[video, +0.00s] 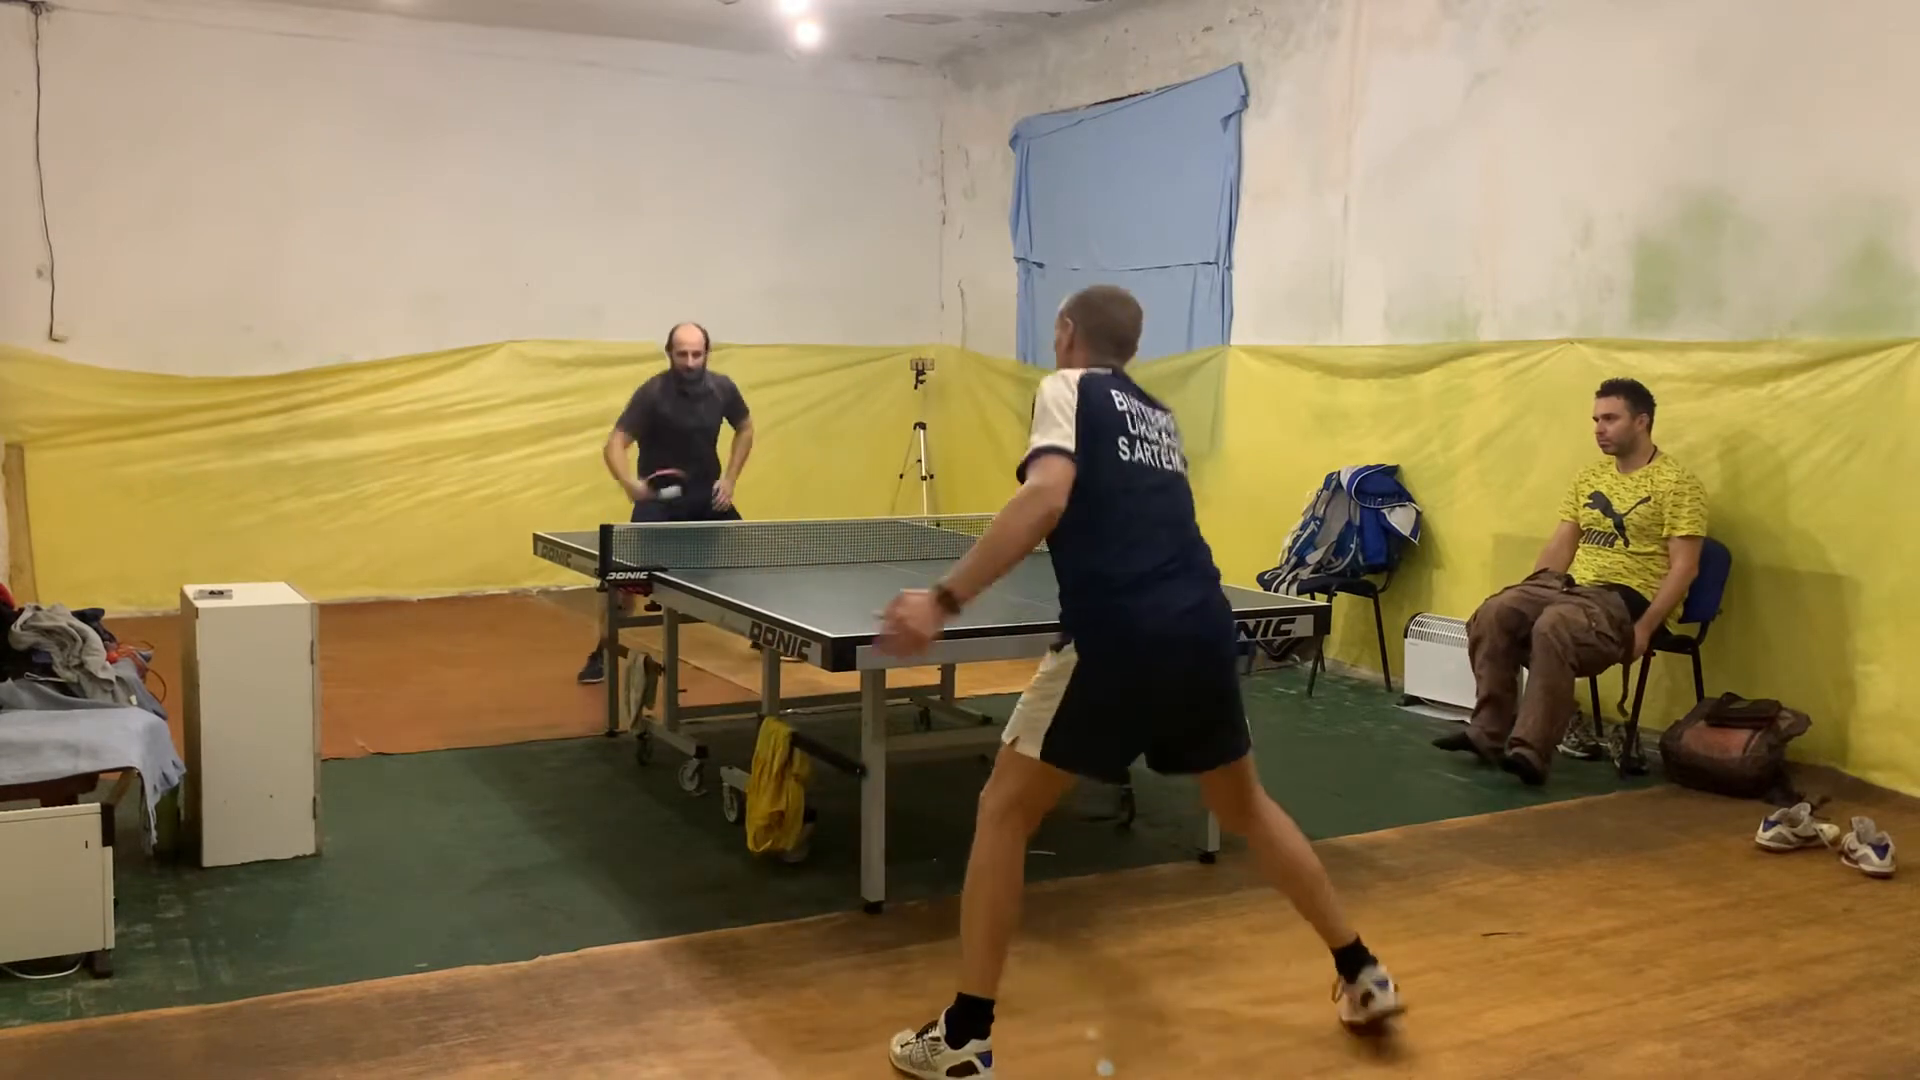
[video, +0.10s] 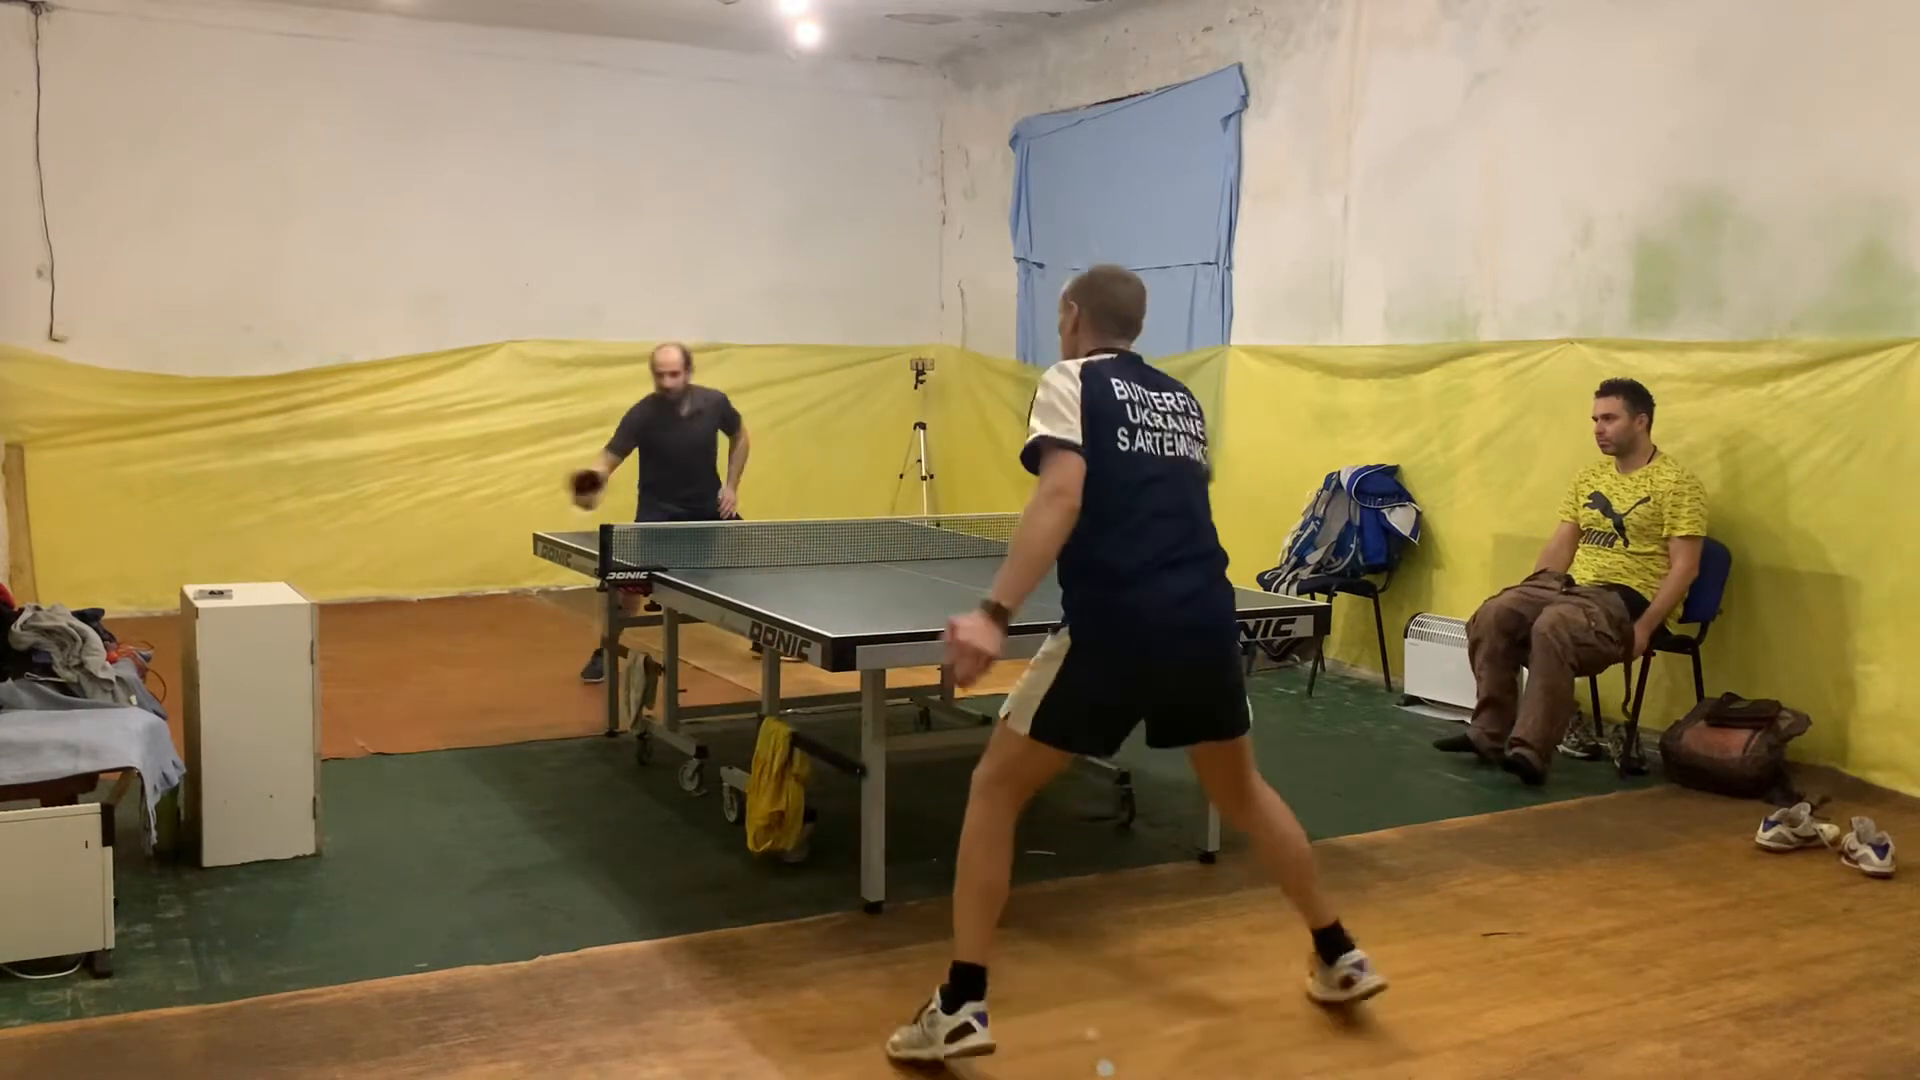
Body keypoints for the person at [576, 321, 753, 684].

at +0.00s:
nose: (690, 361)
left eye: (697, 354)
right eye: (682, 354)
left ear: (706, 354)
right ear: (669, 355)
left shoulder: (722, 389)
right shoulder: (652, 392)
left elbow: (746, 429)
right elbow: (614, 445)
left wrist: (730, 478)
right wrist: (630, 483)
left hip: (708, 497)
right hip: (658, 500)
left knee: (751, 559)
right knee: (624, 571)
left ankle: (768, 633)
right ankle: (604, 650)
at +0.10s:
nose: (667, 381)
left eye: (674, 374)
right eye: (661, 375)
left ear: (689, 372)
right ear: (652, 375)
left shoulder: (713, 403)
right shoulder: (643, 413)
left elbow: (739, 437)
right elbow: (612, 455)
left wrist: (731, 486)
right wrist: (593, 480)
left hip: (707, 511)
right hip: (657, 514)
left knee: (753, 562)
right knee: (629, 580)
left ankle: (764, 632)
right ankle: (606, 650)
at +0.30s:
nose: (596, 353)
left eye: (604, 345)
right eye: (588, 347)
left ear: (618, 346)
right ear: (580, 351)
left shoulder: (648, 373)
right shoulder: (581, 399)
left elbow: (708, 394)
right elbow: (591, 455)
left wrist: (735, 438)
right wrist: (638, 473)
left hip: (669, 478)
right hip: (621, 487)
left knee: (715, 545)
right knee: (607, 570)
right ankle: (607, 653)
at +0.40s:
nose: (588, 331)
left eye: (594, 324)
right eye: (580, 326)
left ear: (607, 324)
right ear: (569, 330)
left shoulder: (637, 355)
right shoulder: (566, 378)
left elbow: (693, 383)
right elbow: (578, 441)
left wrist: (715, 434)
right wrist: (621, 469)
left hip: (651, 462)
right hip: (602, 469)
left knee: (690, 532)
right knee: (583, 553)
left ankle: (710, 605)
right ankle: (586, 646)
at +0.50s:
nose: (577, 330)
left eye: (584, 322)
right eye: (569, 324)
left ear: (597, 323)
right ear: (558, 328)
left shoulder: (626, 358)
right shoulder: (551, 375)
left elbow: (677, 392)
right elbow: (545, 435)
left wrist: (697, 443)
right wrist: (573, 477)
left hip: (633, 467)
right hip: (584, 475)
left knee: (664, 547)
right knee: (569, 562)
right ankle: (566, 651)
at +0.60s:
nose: (571, 332)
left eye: (578, 324)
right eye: (563, 325)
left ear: (591, 326)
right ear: (553, 330)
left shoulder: (619, 364)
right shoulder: (543, 377)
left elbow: (663, 404)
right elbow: (520, 434)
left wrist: (677, 457)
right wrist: (518, 490)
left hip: (619, 482)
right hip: (571, 486)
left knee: (630, 564)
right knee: (567, 566)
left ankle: (599, 606)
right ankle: (568, 650)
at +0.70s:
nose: (572, 329)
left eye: (580, 322)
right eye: (565, 323)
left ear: (593, 324)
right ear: (554, 327)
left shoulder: (617, 365)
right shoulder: (540, 373)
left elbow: (656, 408)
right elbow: (505, 421)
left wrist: (656, 458)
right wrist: (477, 475)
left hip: (607, 482)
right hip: (562, 483)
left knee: (601, 569)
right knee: (566, 564)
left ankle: (557, 624)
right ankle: (569, 651)